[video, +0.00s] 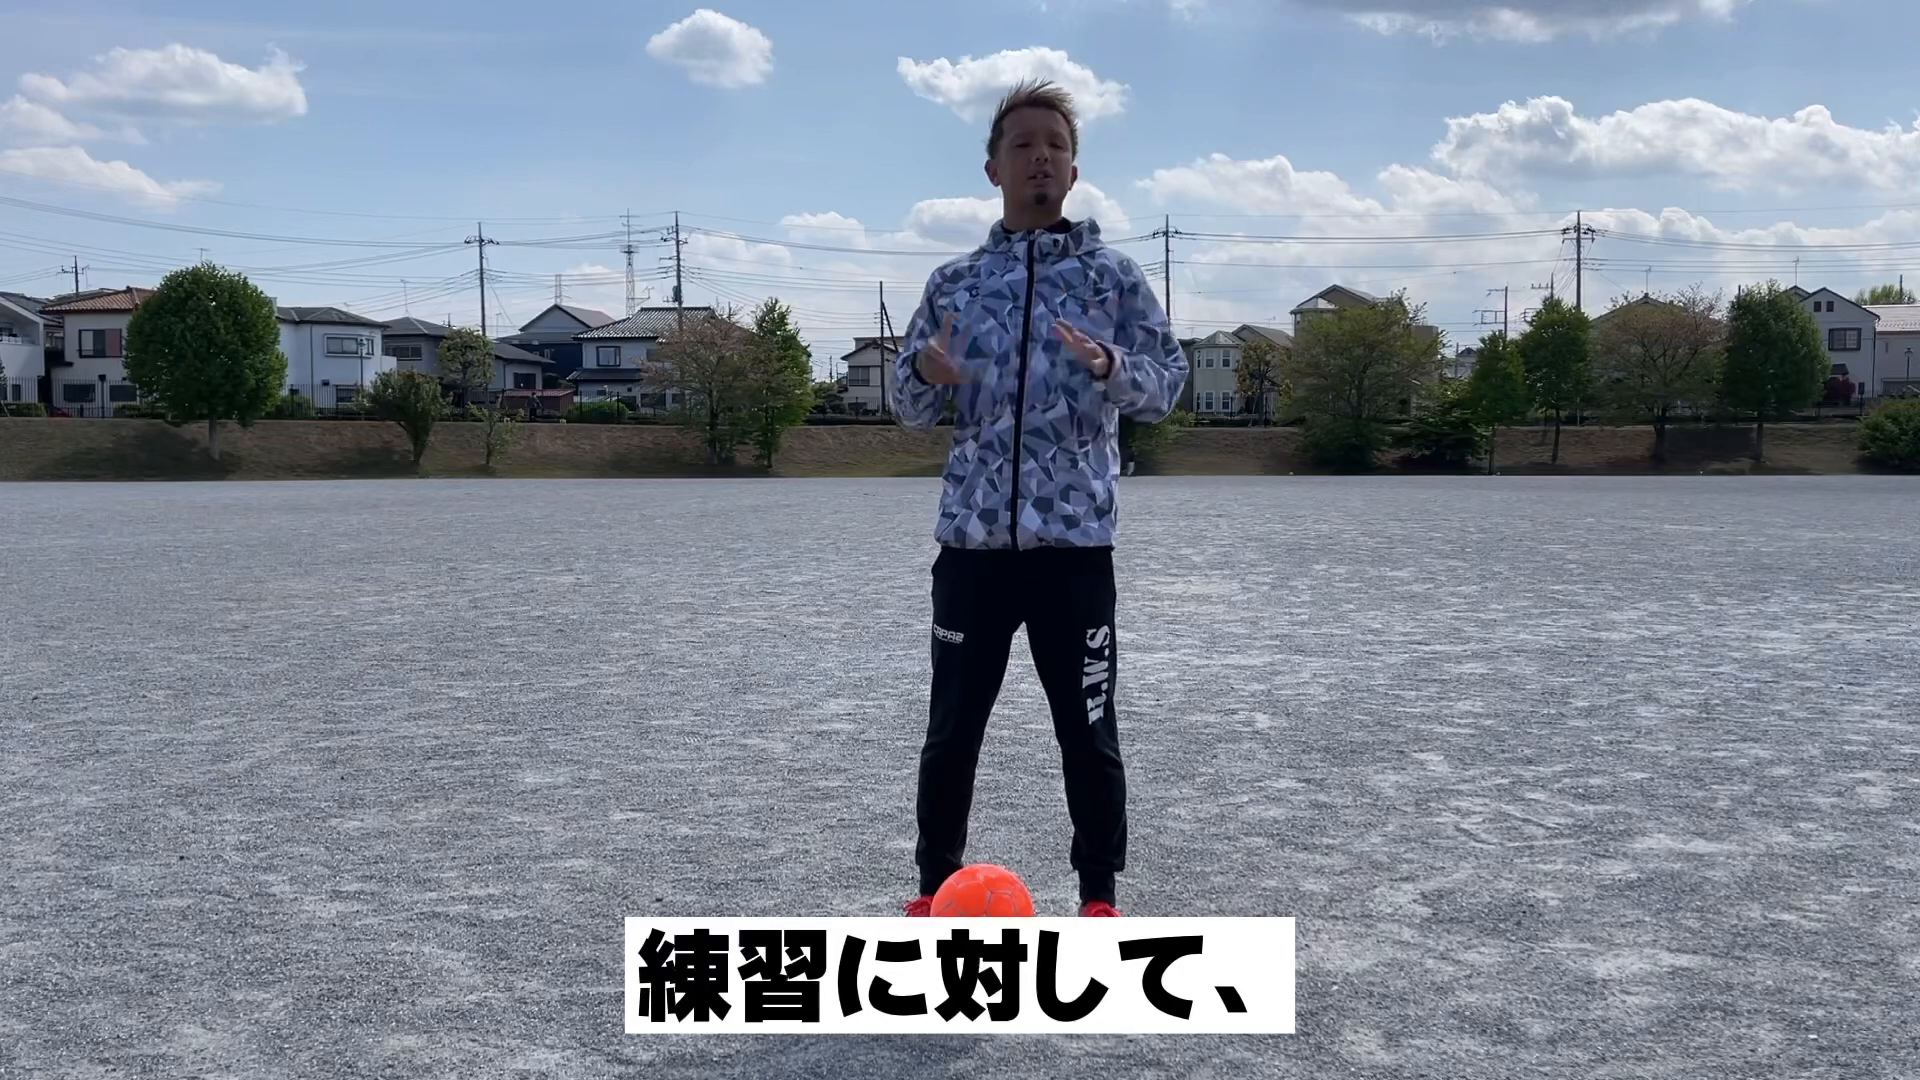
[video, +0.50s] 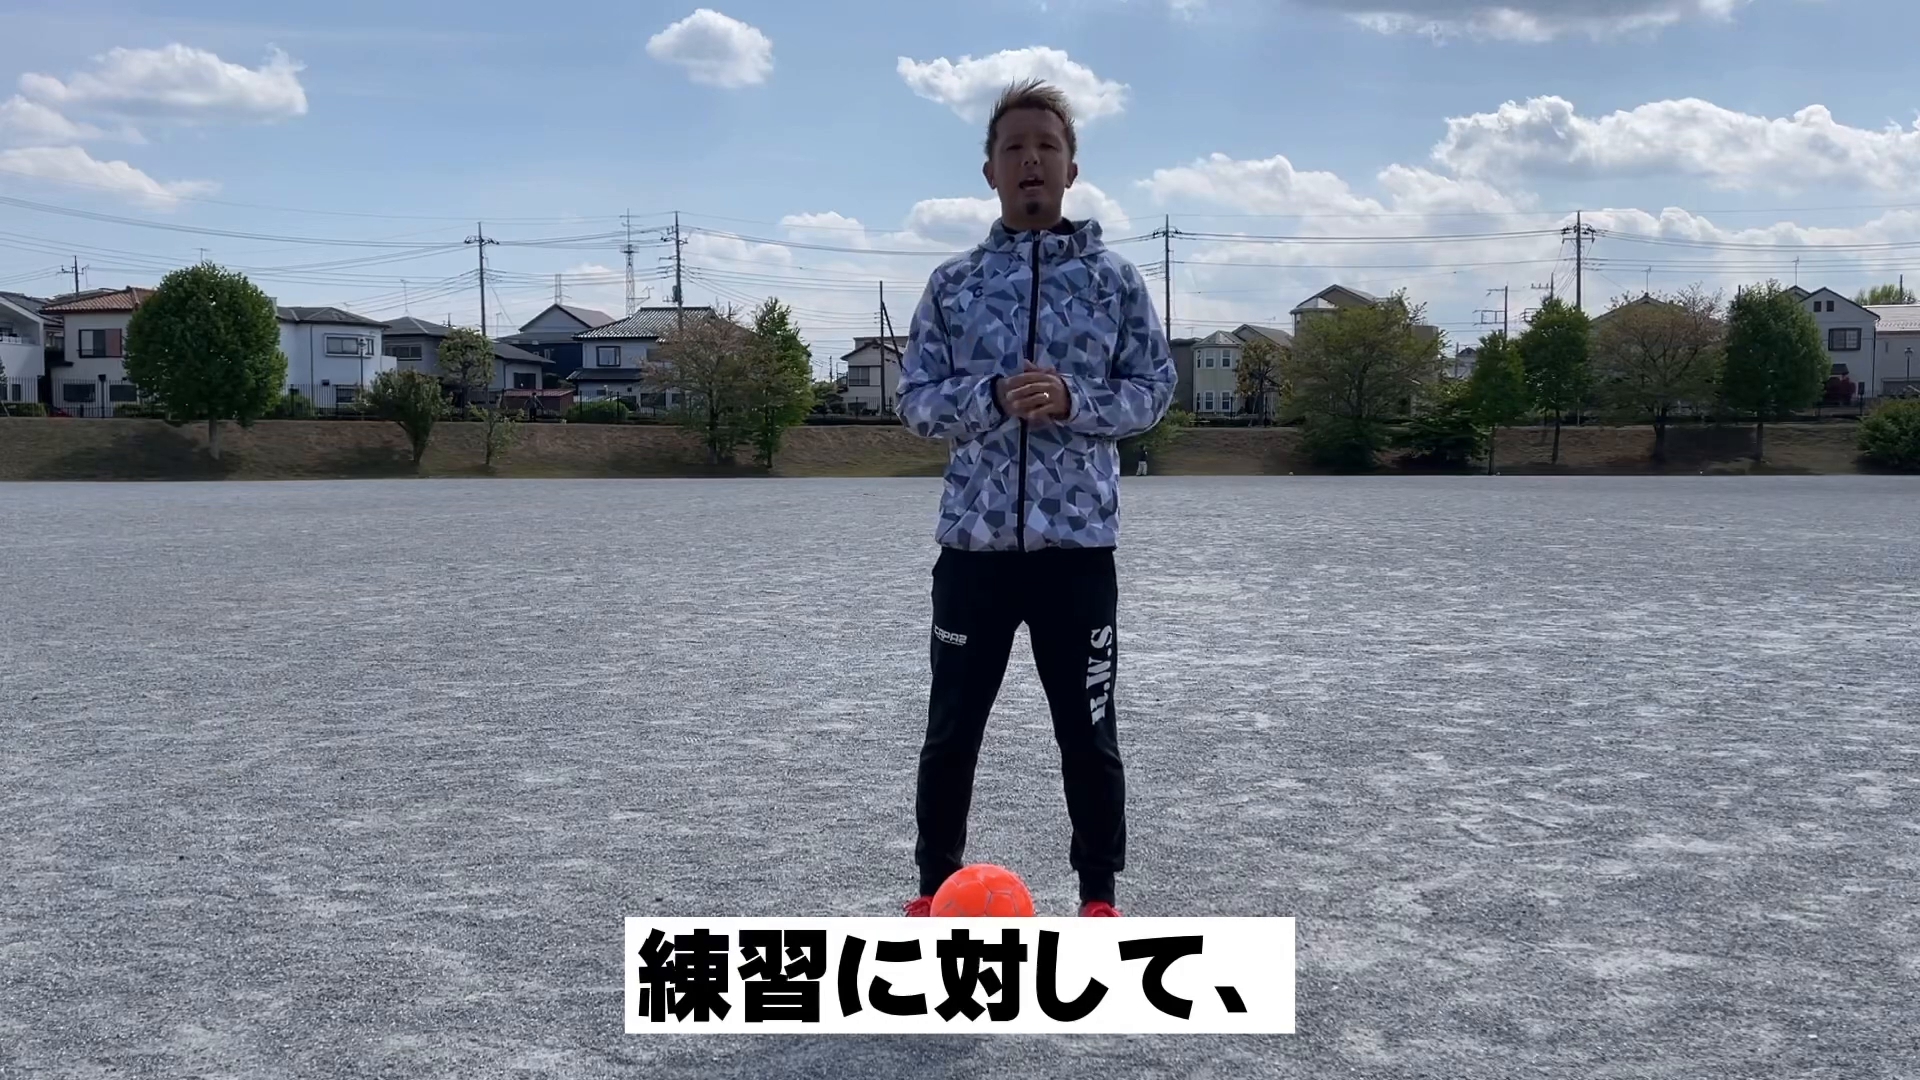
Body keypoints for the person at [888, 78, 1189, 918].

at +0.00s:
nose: (1042, 158)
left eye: (1057, 146)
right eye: (1023, 145)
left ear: (1074, 167)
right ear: (995, 165)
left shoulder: (1115, 278)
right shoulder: (953, 283)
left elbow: (1163, 382)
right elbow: (907, 396)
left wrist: (1114, 368)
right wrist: (931, 375)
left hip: (1072, 536)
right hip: (972, 536)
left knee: (1086, 728)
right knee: (951, 727)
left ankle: (1099, 897)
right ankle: (933, 894)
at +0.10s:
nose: (1042, 158)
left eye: (1056, 145)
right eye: (1023, 145)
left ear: (1073, 164)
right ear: (994, 165)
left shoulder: (1113, 277)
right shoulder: (954, 283)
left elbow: (1146, 392)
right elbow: (915, 397)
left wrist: (1061, 388)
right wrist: (964, 388)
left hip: (1073, 539)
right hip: (972, 538)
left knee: (1088, 732)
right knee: (951, 730)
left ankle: (1098, 901)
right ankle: (935, 895)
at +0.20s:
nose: (1040, 158)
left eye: (1054, 144)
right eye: (1020, 145)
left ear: (1072, 164)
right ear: (992, 166)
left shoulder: (1114, 278)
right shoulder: (953, 283)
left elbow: (1147, 392)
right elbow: (917, 396)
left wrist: (1060, 393)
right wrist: (977, 391)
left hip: (1073, 540)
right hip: (972, 538)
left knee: (1088, 730)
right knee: (951, 728)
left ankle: (1099, 899)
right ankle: (934, 894)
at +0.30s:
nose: (1033, 159)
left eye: (1049, 146)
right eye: (1016, 146)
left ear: (1070, 166)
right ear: (990, 166)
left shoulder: (1114, 279)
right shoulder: (953, 282)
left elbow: (1157, 388)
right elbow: (916, 394)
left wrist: (1071, 398)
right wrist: (983, 392)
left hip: (1073, 538)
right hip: (972, 537)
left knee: (1085, 728)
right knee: (951, 727)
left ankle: (1099, 898)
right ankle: (934, 893)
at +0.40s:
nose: (1030, 159)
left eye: (1047, 145)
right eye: (1013, 146)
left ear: (1070, 167)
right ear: (990, 167)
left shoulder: (1115, 280)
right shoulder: (953, 283)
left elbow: (1157, 390)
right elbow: (915, 395)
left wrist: (1075, 399)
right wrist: (987, 394)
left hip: (1074, 540)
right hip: (973, 538)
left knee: (1085, 730)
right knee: (951, 729)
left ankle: (1099, 898)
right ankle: (934, 894)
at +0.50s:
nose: (1031, 162)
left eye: (1048, 147)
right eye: (1014, 148)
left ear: (1071, 167)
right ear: (991, 169)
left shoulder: (1115, 281)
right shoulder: (953, 284)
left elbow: (1151, 392)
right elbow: (919, 399)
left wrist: (1077, 402)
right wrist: (990, 397)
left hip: (1075, 539)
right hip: (974, 538)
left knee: (1087, 728)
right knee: (951, 727)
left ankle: (1098, 898)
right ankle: (933, 895)